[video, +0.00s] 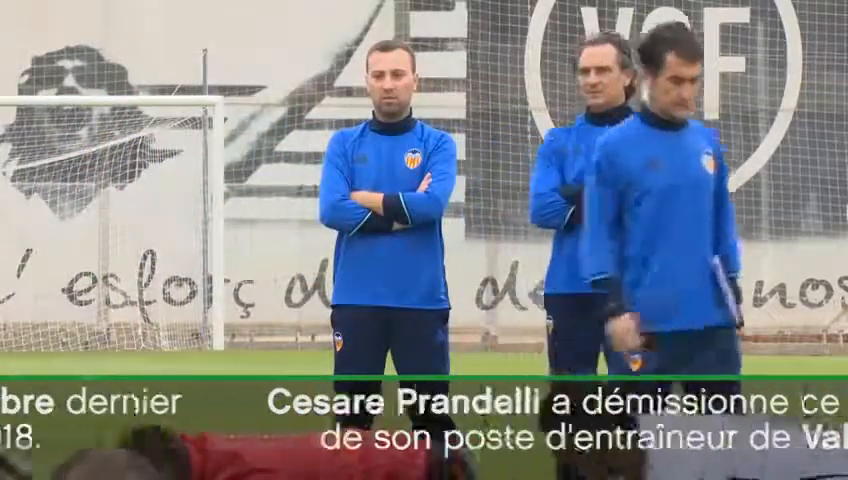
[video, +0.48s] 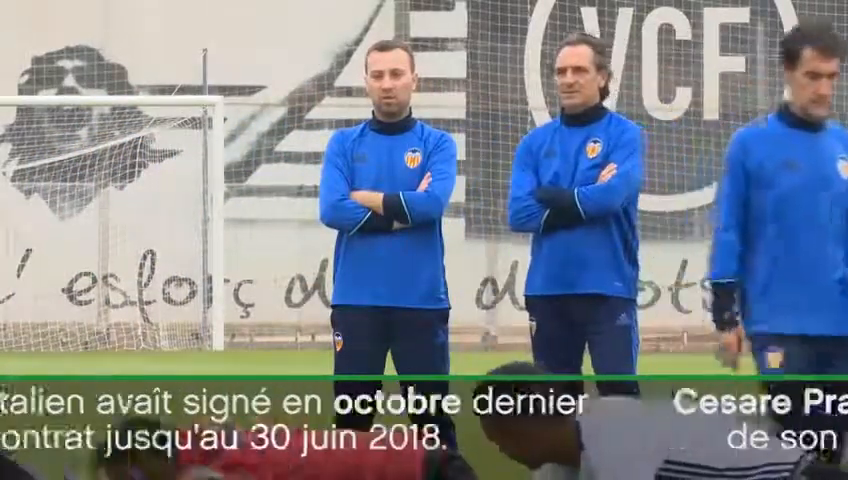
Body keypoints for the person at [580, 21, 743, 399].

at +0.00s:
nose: (687, 93)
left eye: (694, 81)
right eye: (675, 81)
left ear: (701, 79)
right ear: (646, 77)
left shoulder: (707, 143)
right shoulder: (612, 148)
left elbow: (724, 225)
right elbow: (600, 234)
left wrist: (732, 295)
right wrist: (614, 309)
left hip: (711, 323)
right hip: (643, 328)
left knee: (722, 443)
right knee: (640, 450)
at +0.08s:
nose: (706, 95)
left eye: (713, 83)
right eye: (695, 83)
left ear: (719, 79)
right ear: (669, 76)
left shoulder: (727, 146)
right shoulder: (633, 151)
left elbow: (741, 234)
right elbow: (619, 229)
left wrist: (750, 300)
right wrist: (649, 292)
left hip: (728, 324)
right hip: (659, 329)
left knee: (744, 438)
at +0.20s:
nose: (741, 103)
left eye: (749, 92)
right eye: (730, 91)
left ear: (757, 91)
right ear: (702, 87)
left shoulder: (760, 156)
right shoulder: (666, 158)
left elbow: (773, 240)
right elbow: (650, 237)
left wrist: (782, 307)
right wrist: (691, 285)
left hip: (756, 337)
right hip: (687, 341)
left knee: (767, 456)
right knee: (687, 456)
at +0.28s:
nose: (767, 104)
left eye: (775, 93)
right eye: (757, 92)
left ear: (782, 94)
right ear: (728, 90)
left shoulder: (788, 160)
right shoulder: (694, 158)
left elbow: (798, 244)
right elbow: (673, 241)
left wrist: (808, 315)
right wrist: (711, 293)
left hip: (785, 342)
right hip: (715, 345)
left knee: (793, 460)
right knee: (713, 461)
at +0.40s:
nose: (804, 95)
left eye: (812, 83)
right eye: (793, 82)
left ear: (820, 83)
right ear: (766, 78)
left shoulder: (825, 150)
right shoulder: (729, 149)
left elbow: (837, 239)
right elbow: (708, 237)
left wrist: (841, 302)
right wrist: (725, 318)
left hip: (826, 330)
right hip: (760, 335)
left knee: (828, 454)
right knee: (762, 457)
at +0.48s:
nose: (823, 88)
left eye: (831, 77)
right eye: (813, 76)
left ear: (838, 79)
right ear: (787, 75)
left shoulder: (842, 143)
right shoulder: (750, 143)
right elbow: (728, 230)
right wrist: (727, 317)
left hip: (839, 320)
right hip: (778, 321)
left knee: (835, 442)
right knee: (789, 444)